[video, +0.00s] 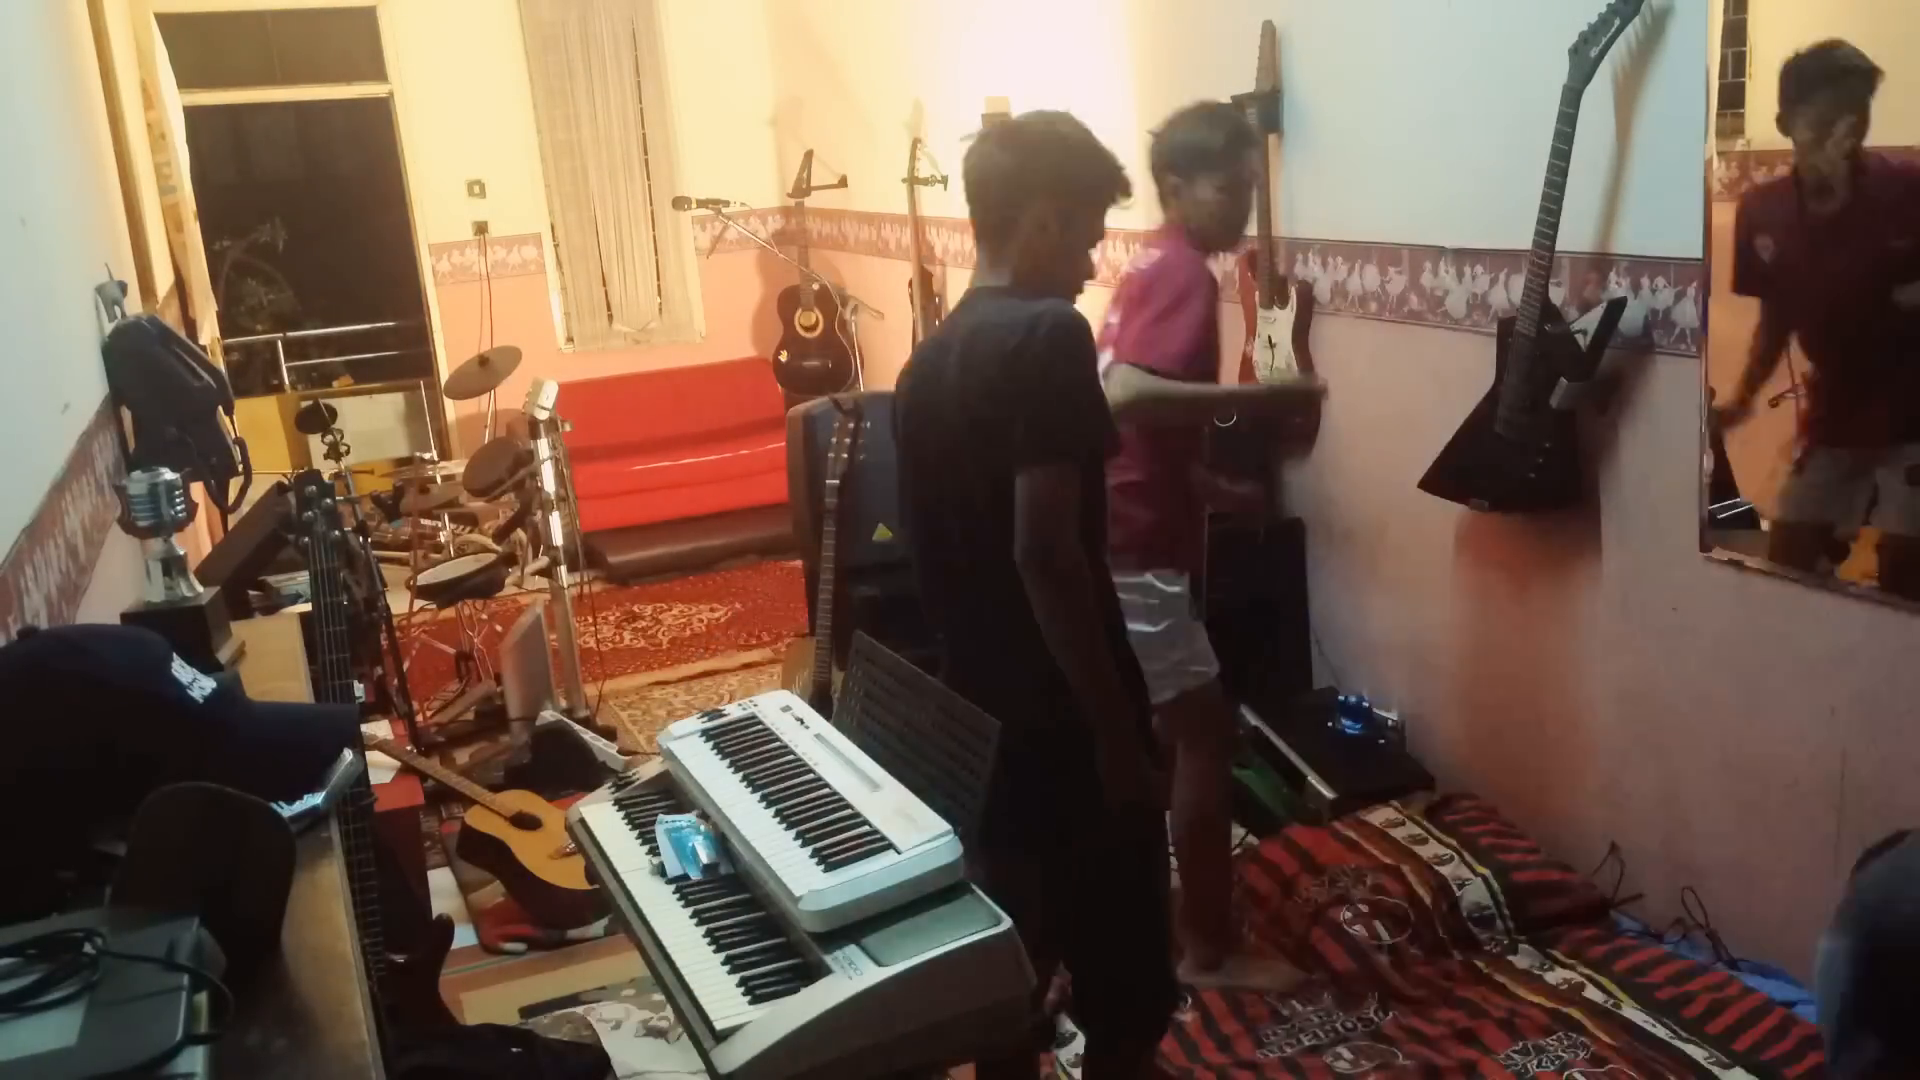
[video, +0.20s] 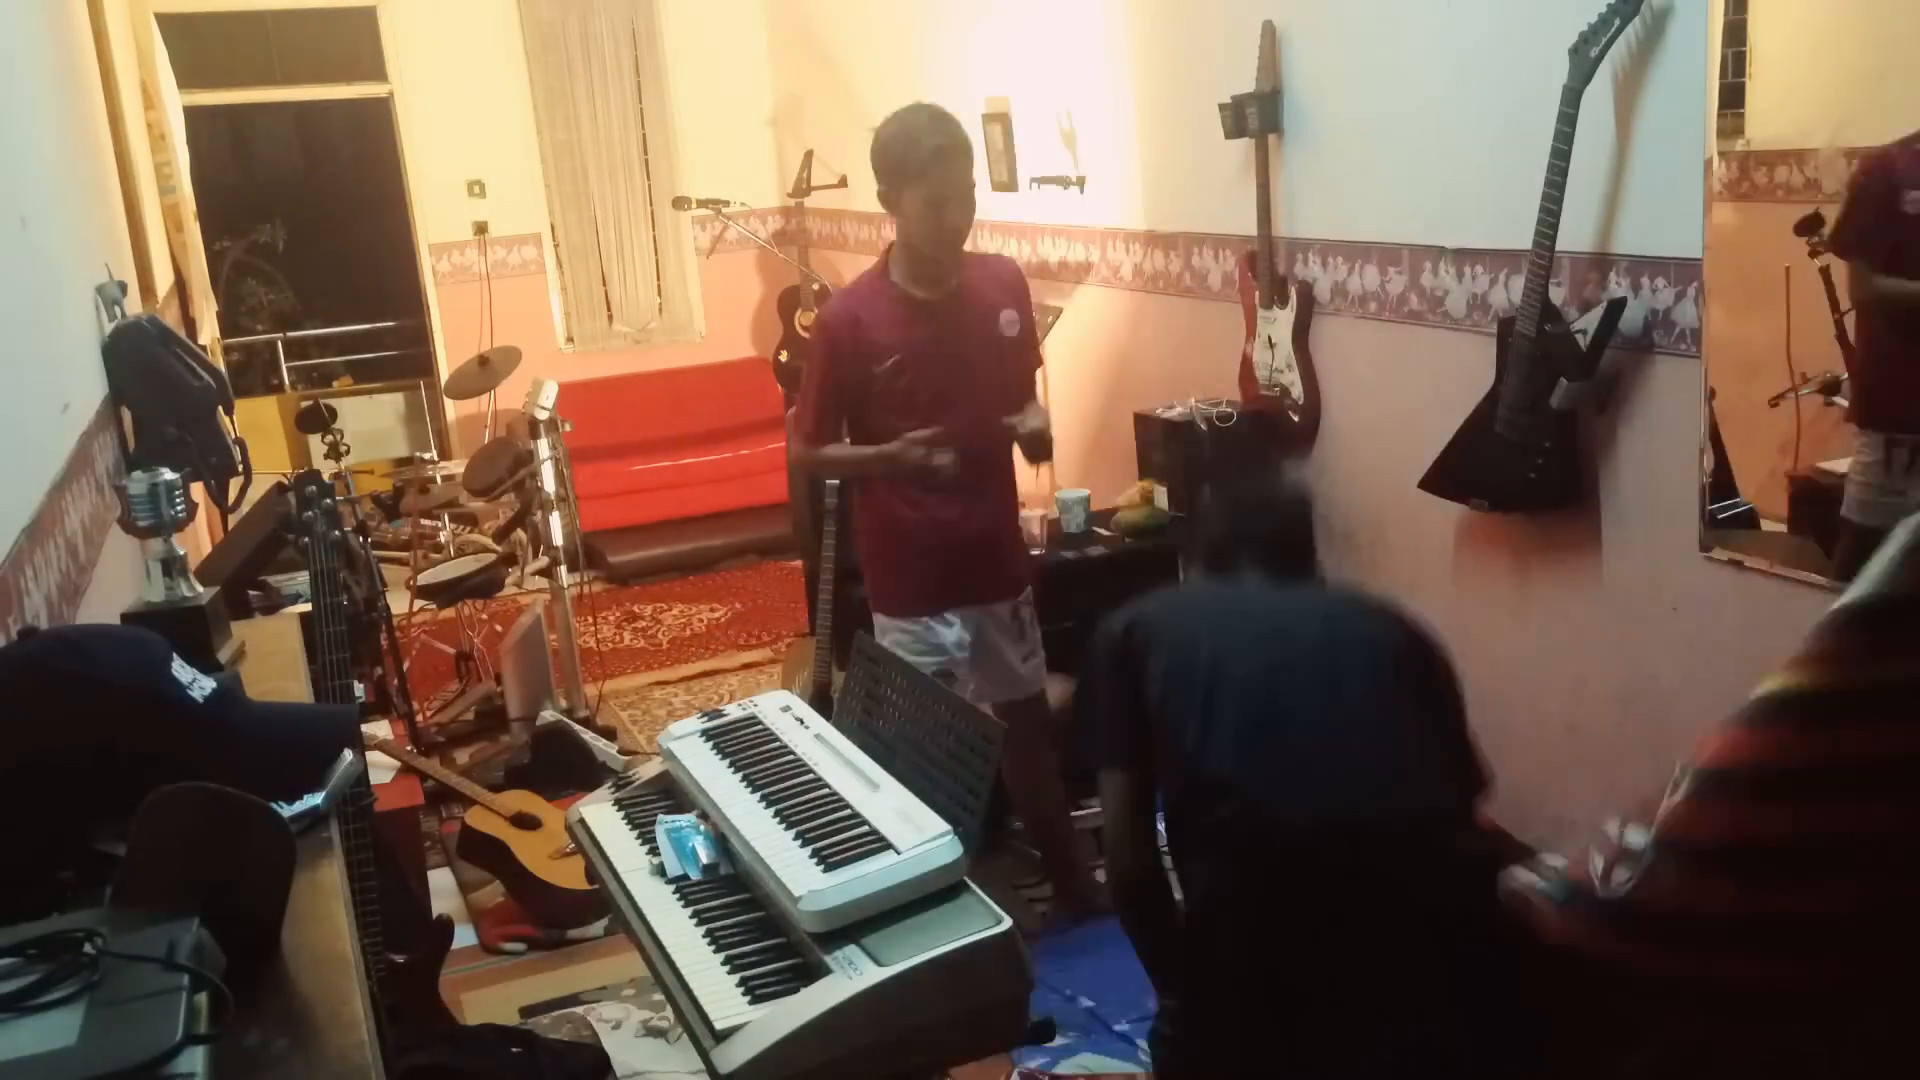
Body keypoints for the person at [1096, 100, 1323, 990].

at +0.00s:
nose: (1250, 201)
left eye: (1252, 182)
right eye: (1237, 182)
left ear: (1195, 186)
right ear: (1184, 183)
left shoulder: (1173, 269)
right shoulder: (1175, 273)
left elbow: (1143, 411)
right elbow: (1125, 390)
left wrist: (1206, 486)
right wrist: (1265, 397)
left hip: (1135, 555)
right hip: (1137, 564)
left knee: (1165, 739)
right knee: (1204, 736)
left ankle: (1165, 937)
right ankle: (1208, 950)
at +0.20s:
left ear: (1196, 558)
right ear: (1309, 554)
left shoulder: (1142, 634)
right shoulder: (1392, 630)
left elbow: (1127, 859)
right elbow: (1463, 799)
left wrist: (1182, 987)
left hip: (1246, 974)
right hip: (1412, 966)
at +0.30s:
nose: (1331, 329)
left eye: (1325, 305)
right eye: (1331, 307)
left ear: (1191, 317)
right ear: (1320, 317)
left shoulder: (1088, 464)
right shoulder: (1355, 454)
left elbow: (1043, 694)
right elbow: (1353, 661)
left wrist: (1150, 776)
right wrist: (1366, 820)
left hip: (1134, 894)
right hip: (1305, 891)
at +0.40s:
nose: (1321, 241)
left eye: (1324, 215)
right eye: (1321, 216)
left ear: (1184, 209)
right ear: (1304, 223)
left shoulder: (1084, 396)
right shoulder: (1374, 383)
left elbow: (1049, 645)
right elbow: (1437, 634)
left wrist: (1168, 657)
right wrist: (1321, 647)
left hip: (1187, 811)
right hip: (1354, 808)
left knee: (1204, 1045)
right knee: (1377, 1051)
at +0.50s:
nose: (1452, 215)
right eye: (1457, 191)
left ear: (1333, 181)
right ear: (1457, 202)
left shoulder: (1228, 338)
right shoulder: (1497, 360)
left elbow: (1152, 545)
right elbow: (1560, 589)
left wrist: (1254, 538)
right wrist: (1436, 545)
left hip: (1268, 717)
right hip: (1429, 725)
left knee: (1309, 955)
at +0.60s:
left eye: (1398, 134)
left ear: (1388, 152)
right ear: (1510, 145)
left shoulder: (1335, 330)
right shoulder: (1585, 309)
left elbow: (1257, 515)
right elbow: (1632, 510)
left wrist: (1326, 567)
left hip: (1387, 710)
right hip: (1545, 700)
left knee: (1397, 979)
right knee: (1530, 969)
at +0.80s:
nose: (1420, 222)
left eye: (1427, 198)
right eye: (1422, 194)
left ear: (1319, 168)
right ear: (1394, 180)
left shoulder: (1209, 294)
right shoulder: (1415, 315)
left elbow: (1132, 461)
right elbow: (1411, 515)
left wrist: (1237, 476)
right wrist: (1476, 544)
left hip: (1248, 656)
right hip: (1376, 663)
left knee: (1262, 896)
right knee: (1386, 906)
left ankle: (1265, 1064)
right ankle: (1387, 1063)